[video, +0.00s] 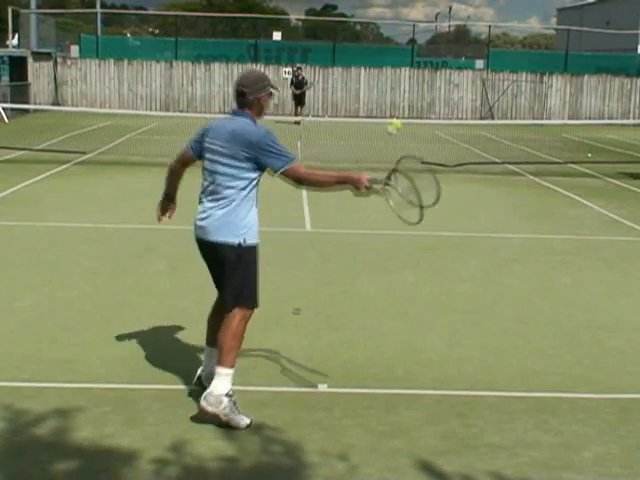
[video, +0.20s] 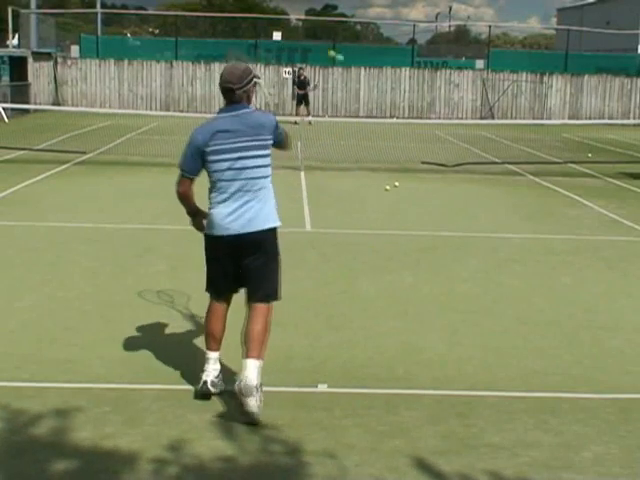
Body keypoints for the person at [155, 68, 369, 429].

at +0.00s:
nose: (269, 101)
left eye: (268, 96)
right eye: (267, 96)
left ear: (240, 97)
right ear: (257, 98)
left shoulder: (212, 128)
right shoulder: (256, 135)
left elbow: (179, 163)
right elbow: (299, 175)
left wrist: (168, 196)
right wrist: (349, 179)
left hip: (207, 232)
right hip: (236, 237)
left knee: (226, 299)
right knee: (242, 308)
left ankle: (209, 368)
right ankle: (218, 394)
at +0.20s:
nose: (256, 91)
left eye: (251, 85)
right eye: (254, 87)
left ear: (223, 92)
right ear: (251, 91)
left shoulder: (204, 132)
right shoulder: (265, 122)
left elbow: (183, 188)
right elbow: (283, 142)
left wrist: (195, 214)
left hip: (221, 231)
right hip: (261, 229)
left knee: (219, 298)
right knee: (260, 303)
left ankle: (211, 370)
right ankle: (250, 381)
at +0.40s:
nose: (239, 99)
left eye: (233, 95)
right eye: (251, 94)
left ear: (229, 97)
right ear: (259, 96)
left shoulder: (218, 136)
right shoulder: (274, 128)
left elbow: (204, 195)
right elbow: (251, 133)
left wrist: (197, 222)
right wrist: (223, 125)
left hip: (234, 236)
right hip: (275, 233)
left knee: (225, 305)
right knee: (287, 306)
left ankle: (218, 379)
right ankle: (295, 384)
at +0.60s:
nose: (250, 108)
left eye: (246, 103)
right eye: (263, 102)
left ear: (244, 106)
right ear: (273, 104)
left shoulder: (241, 144)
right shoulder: (291, 137)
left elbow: (231, 198)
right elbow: (271, 171)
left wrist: (204, 213)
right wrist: (231, 163)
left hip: (257, 246)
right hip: (297, 244)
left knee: (234, 308)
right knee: (301, 311)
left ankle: (222, 380)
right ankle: (319, 385)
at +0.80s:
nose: (250, 102)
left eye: (248, 97)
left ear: (246, 100)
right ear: (277, 99)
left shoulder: (239, 137)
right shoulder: (299, 135)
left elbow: (228, 194)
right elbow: (305, 186)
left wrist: (209, 199)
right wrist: (248, 194)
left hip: (259, 243)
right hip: (302, 240)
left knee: (248, 310)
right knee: (308, 308)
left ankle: (267, 392)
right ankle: (324, 381)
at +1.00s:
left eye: (253, 99)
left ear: (248, 103)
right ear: (280, 103)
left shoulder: (233, 140)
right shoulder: (301, 139)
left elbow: (219, 196)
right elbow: (324, 194)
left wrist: (226, 210)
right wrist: (293, 215)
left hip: (253, 250)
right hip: (295, 248)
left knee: (259, 322)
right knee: (307, 318)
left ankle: (271, 405)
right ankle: (318, 396)